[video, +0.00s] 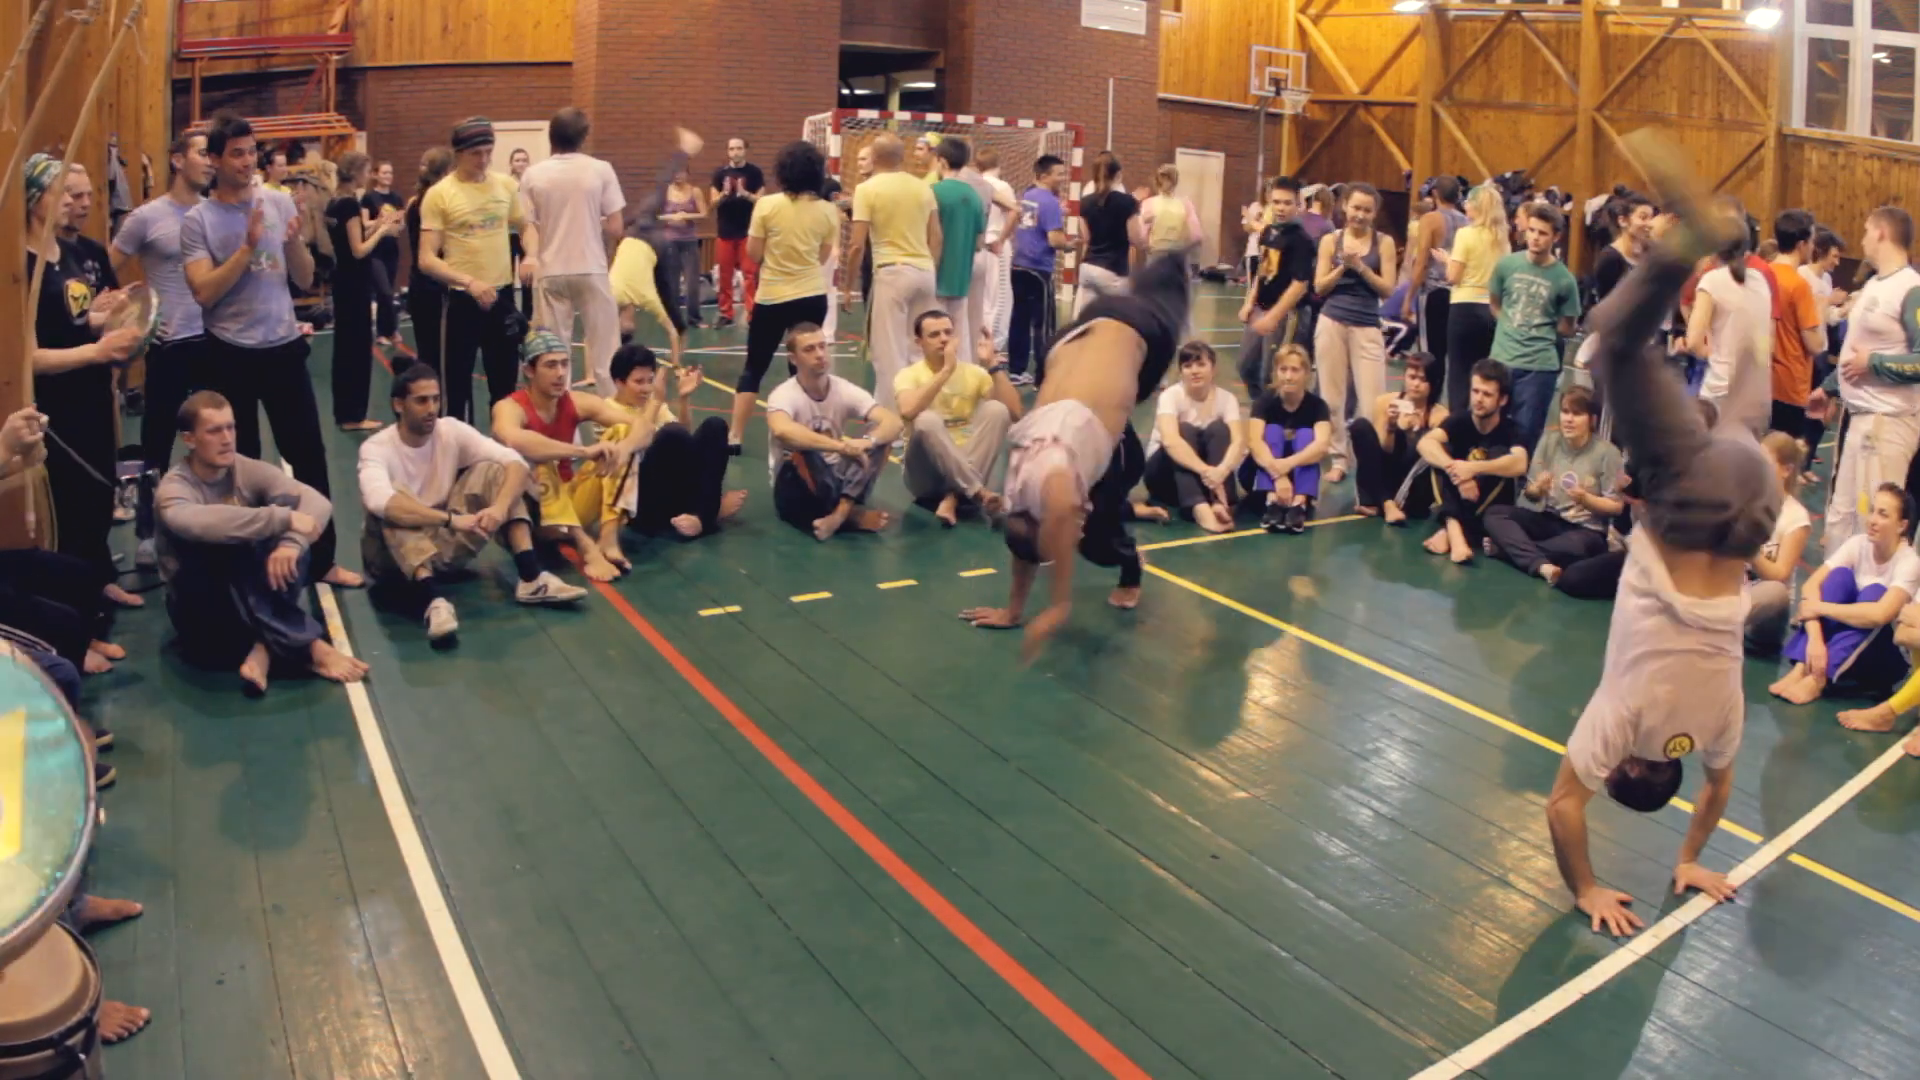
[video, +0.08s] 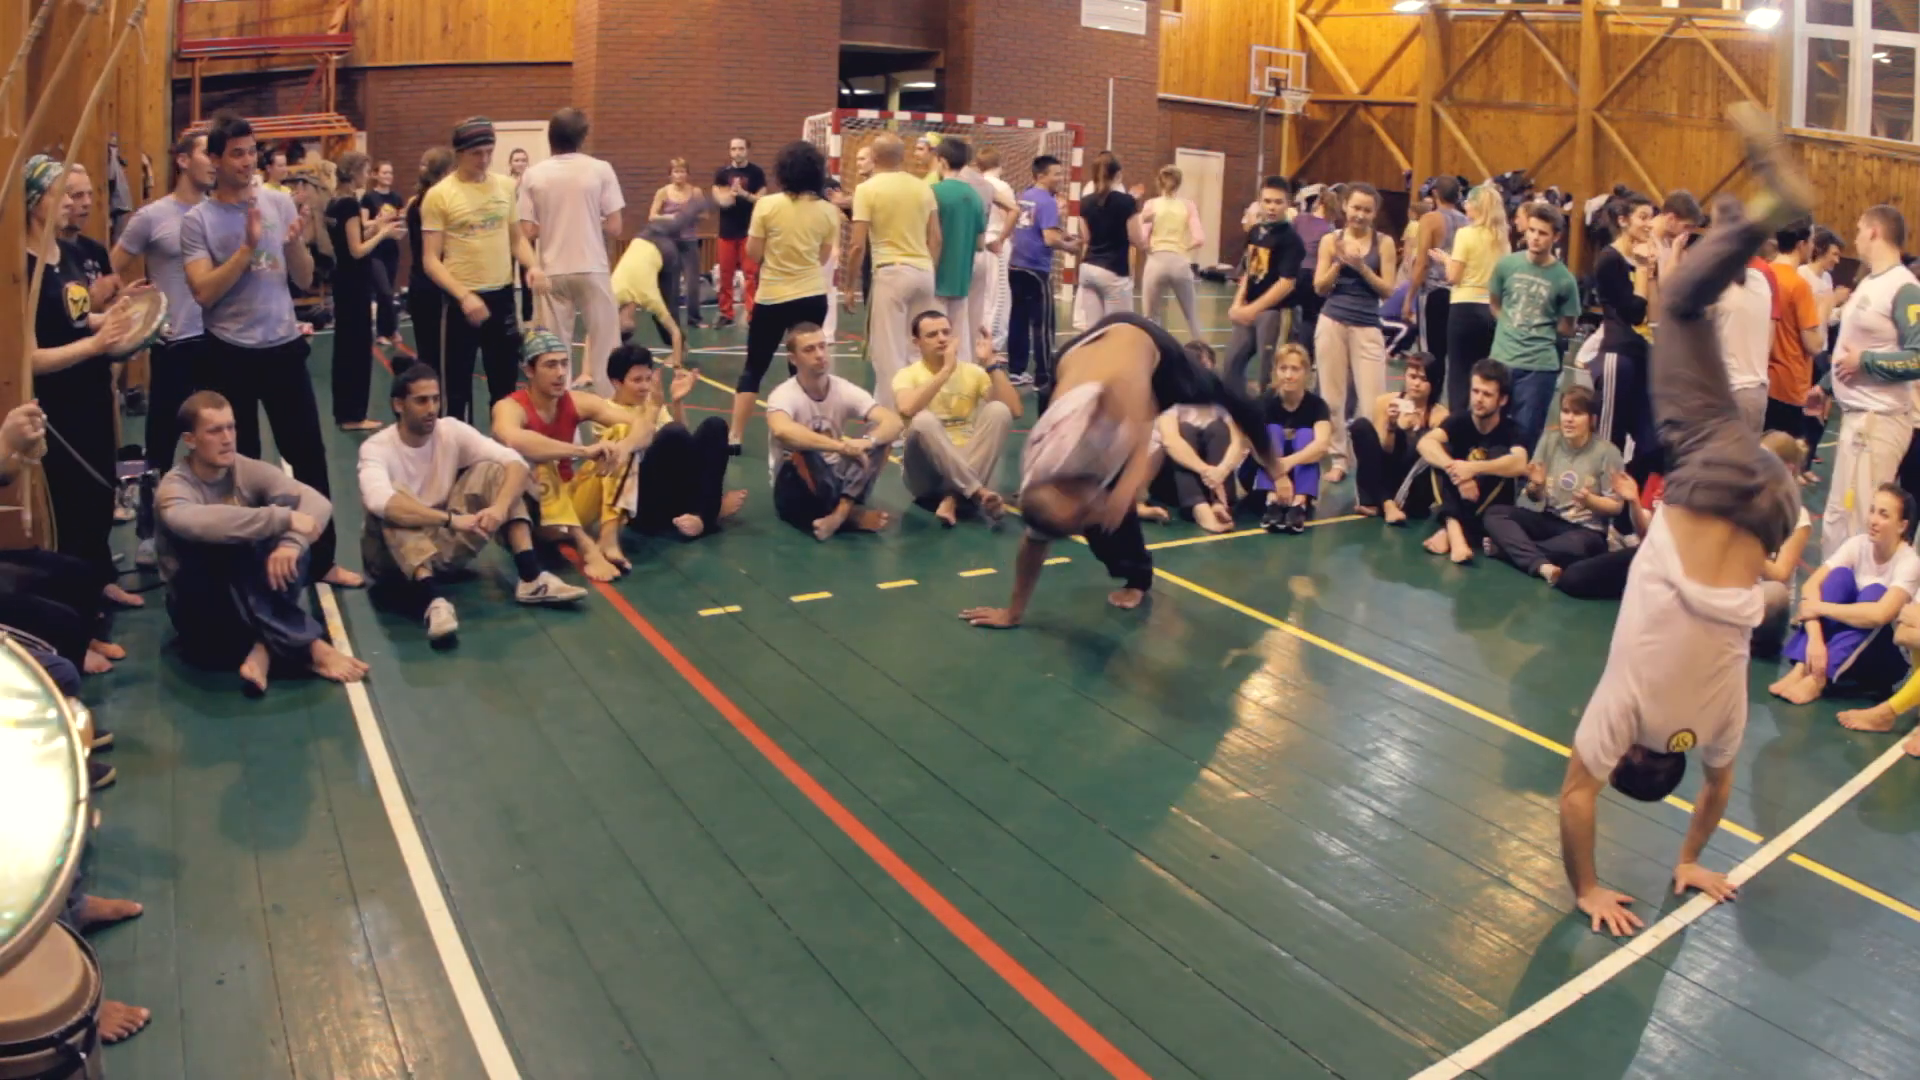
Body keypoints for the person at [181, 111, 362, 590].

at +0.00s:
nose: (248, 161)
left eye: (252, 152)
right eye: (237, 154)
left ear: (258, 154)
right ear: (215, 160)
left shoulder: (276, 202)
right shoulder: (198, 219)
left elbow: (304, 281)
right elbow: (204, 291)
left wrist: (293, 239)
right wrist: (248, 246)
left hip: (283, 346)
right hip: (229, 351)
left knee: (309, 457)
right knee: (241, 461)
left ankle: (322, 564)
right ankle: (249, 567)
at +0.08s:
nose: (248, 161)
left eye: (252, 152)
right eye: (237, 154)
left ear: (257, 154)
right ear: (214, 160)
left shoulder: (277, 202)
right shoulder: (197, 220)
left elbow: (304, 281)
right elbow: (204, 291)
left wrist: (294, 241)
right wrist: (248, 248)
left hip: (283, 346)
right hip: (229, 350)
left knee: (309, 456)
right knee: (240, 460)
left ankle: (322, 564)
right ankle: (249, 568)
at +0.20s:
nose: (247, 161)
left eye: (251, 152)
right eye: (237, 154)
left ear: (256, 155)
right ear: (213, 159)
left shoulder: (275, 204)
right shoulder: (196, 220)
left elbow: (304, 279)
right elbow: (205, 289)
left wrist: (285, 238)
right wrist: (258, 251)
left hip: (283, 347)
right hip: (229, 352)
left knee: (309, 456)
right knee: (240, 461)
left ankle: (322, 564)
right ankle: (250, 567)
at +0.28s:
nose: (247, 161)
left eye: (251, 152)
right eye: (236, 153)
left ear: (256, 155)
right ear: (212, 159)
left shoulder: (272, 204)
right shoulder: (196, 219)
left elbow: (304, 280)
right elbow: (205, 290)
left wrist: (290, 238)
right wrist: (255, 248)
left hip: (283, 347)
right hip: (229, 352)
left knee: (309, 456)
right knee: (240, 461)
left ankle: (322, 564)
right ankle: (250, 567)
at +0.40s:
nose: (247, 161)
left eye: (251, 152)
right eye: (236, 154)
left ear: (257, 155)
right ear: (213, 160)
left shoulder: (278, 202)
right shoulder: (196, 220)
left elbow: (306, 282)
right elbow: (203, 291)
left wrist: (300, 244)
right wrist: (246, 243)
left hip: (284, 346)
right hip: (229, 351)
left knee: (309, 456)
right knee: (241, 460)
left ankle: (322, 563)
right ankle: (250, 566)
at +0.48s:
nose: (247, 162)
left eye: (251, 152)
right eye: (236, 154)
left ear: (257, 155)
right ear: (212, 160)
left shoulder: (276, 202)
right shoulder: (196, 220)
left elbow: (305, 280)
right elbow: (204, 290)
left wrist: (293, 240)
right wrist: (252, 248)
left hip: (284, 347)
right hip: (230, 352)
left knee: (310, 456)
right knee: (241, 461)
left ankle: (322, 564)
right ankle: (250, 567)